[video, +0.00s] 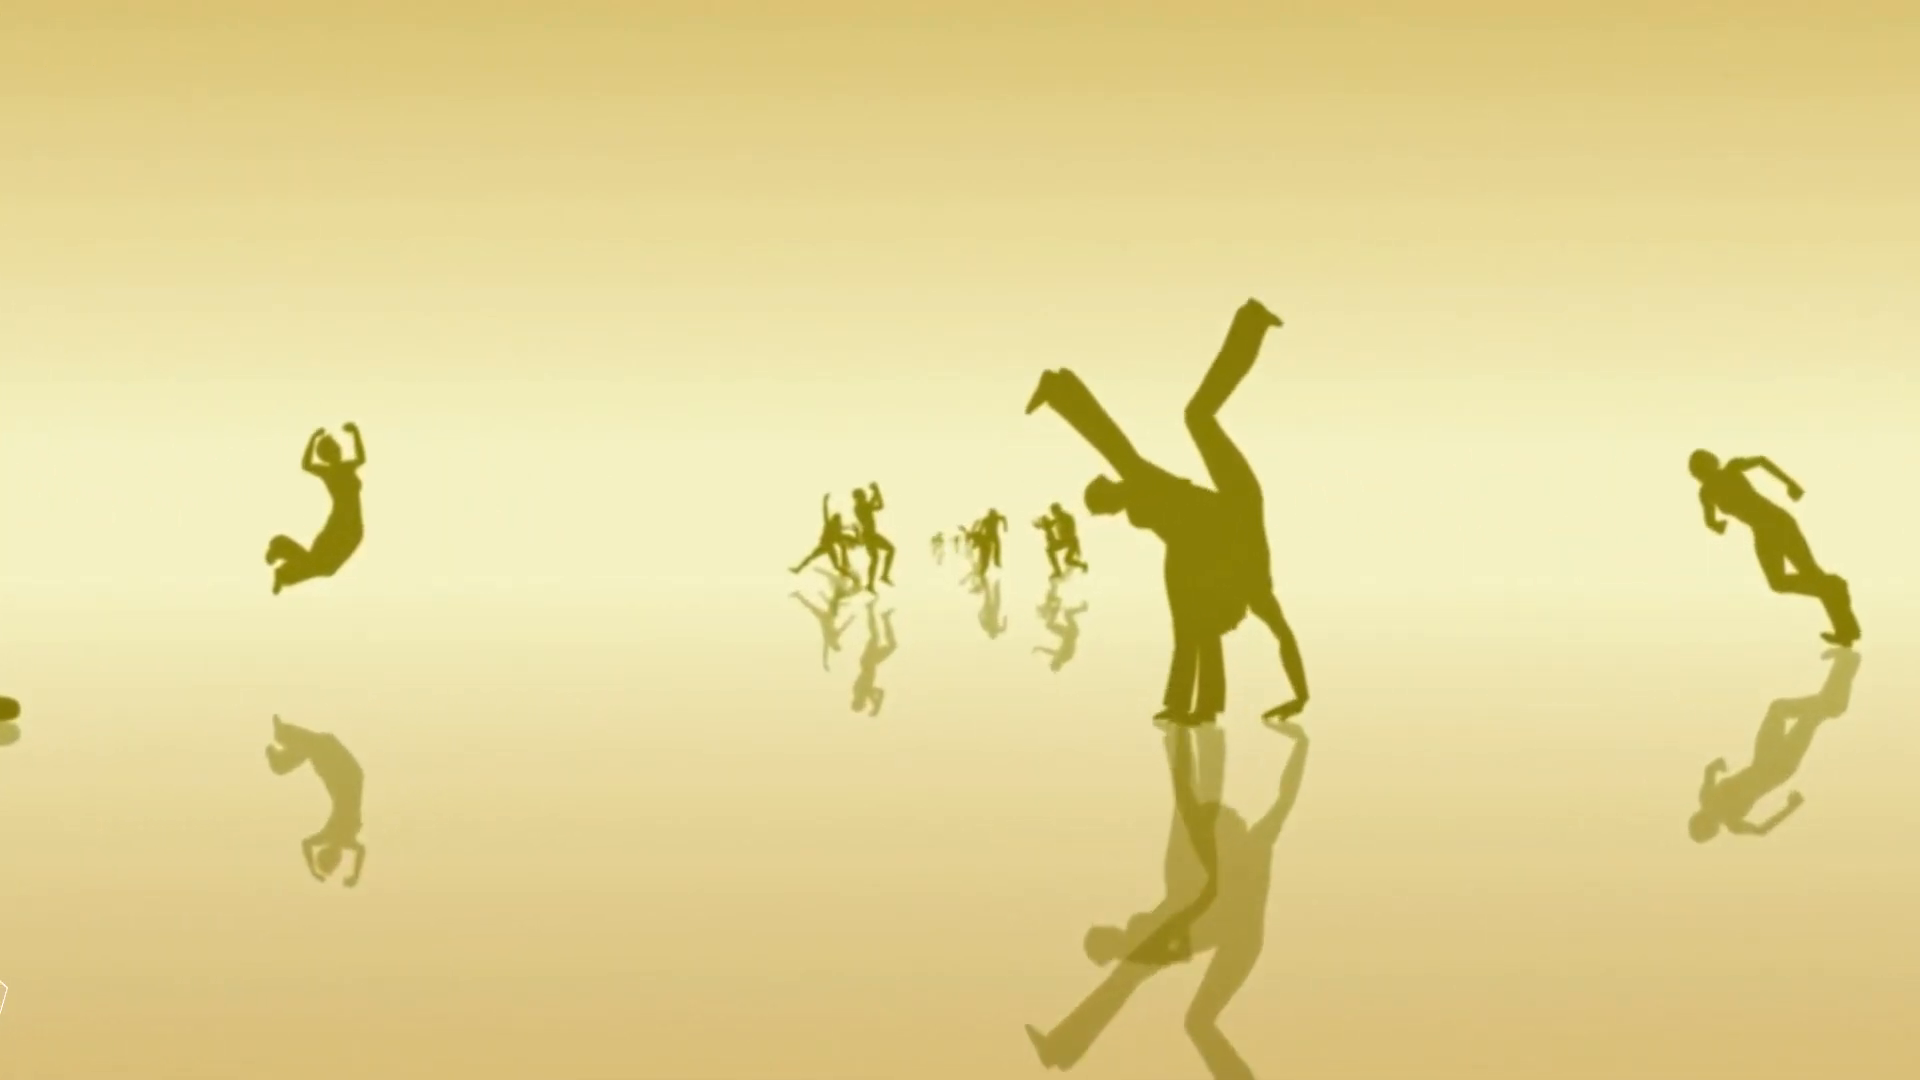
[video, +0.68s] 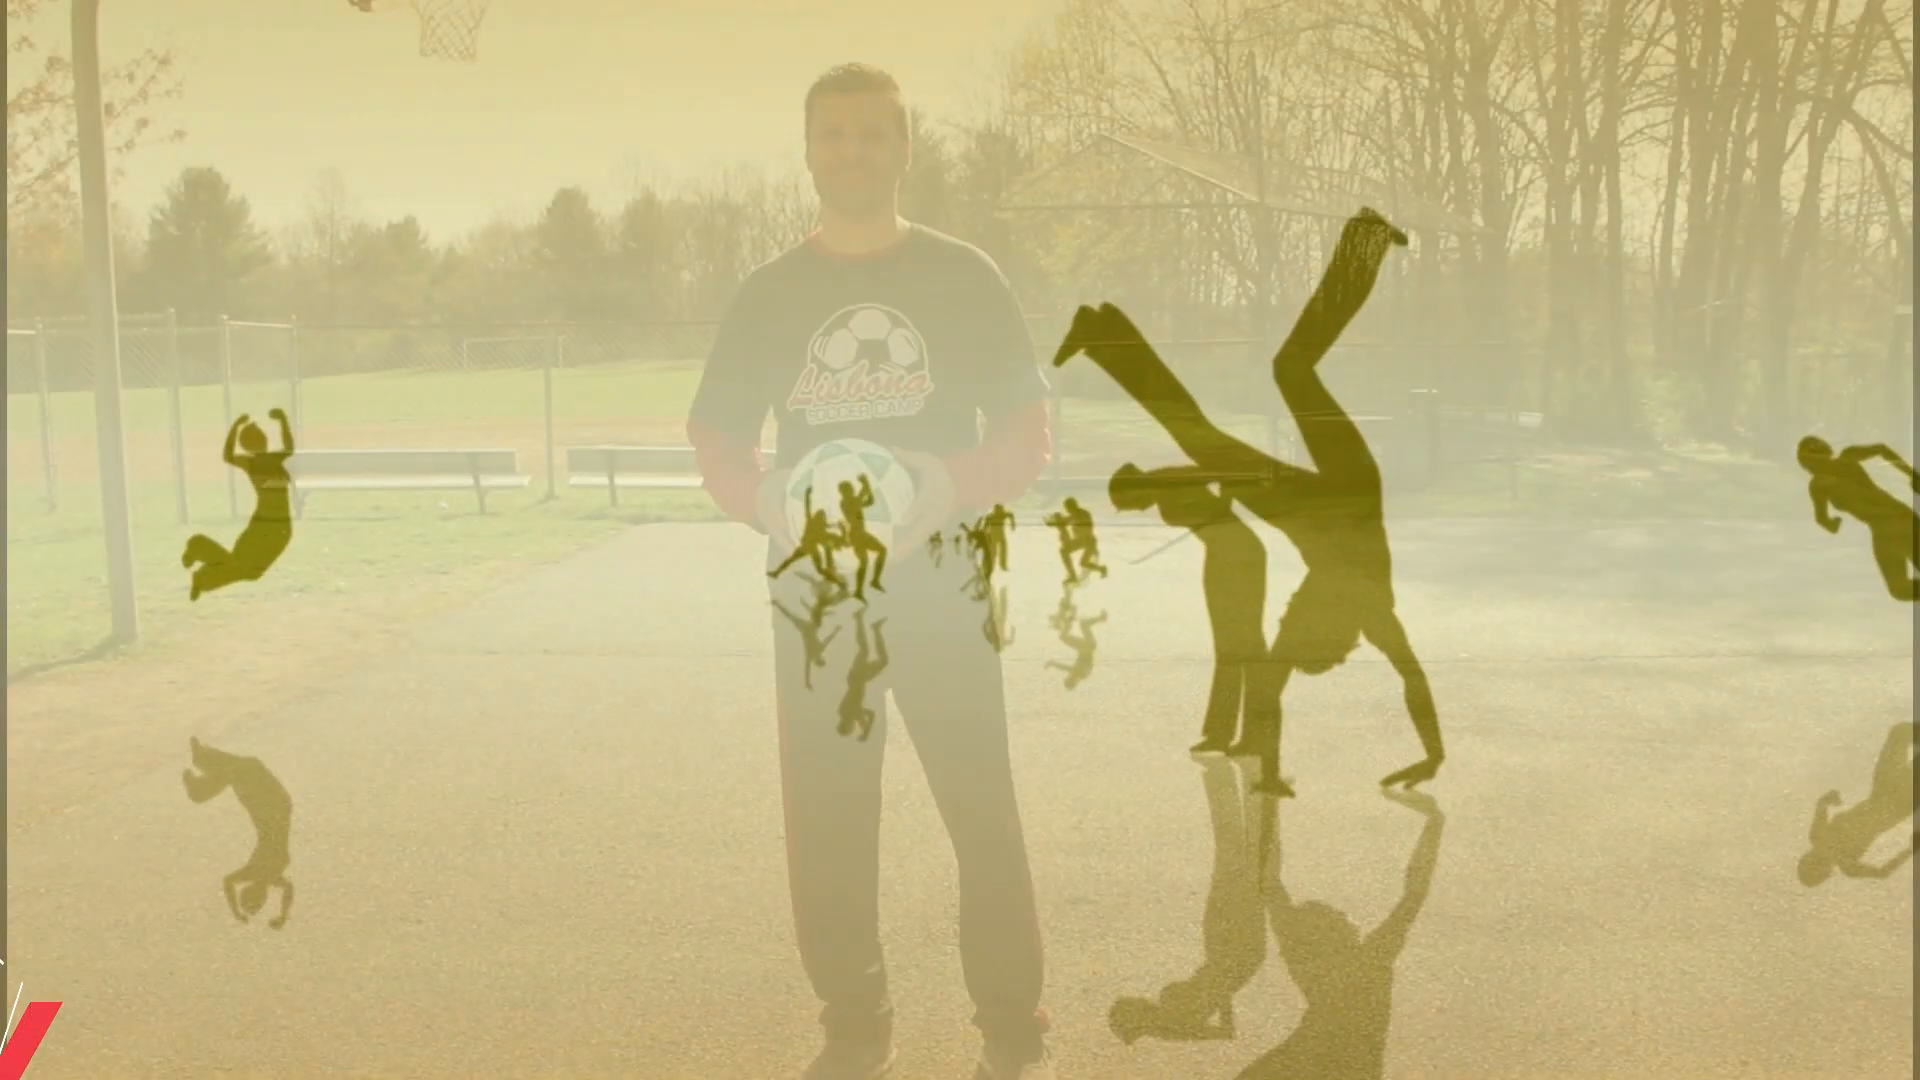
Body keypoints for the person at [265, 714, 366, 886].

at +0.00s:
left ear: (335, 856)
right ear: (322, 853)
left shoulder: (346, 841)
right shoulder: (325, 838)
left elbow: (362, 849)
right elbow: (305, 843)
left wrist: (355, 875)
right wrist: (312, 870)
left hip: (330, 747)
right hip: (317, 747)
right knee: (279, 767)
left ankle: (282, 730)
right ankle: (270, 749)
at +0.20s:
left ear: (316, 866)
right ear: (303, 863)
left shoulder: (327, 851)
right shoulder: (307, 847)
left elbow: (343, 859)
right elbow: (286, 853)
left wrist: (337, 886)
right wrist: (293, 881)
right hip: (298, 753)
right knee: (258, 774)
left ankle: (262, 736)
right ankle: (249, 756)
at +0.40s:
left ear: (297, 876)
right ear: (283, 872)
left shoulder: (307, 860)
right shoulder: (286, 857)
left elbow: (324, 870)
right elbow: (263, 863)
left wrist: (317, 898)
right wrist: (271, 891)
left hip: (290, 761)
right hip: (276, 760)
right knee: (236, 782)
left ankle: (239, 742)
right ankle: (226, 762)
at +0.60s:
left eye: (265, 899)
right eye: (262, 897)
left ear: (274, 886)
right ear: (261, 883)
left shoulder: (285, 871)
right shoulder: (264, 867)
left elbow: (303, 880)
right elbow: (241, 873)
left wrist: (296, 909)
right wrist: (249, 903)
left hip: (268, 766)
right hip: (254, 767)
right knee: (213, 789)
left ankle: (217, 749)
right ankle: (202, 772)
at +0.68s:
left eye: (254, 907)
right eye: (250, 908)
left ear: (259, 894)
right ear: (249, 891)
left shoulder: (271, 876)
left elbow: (289, 888)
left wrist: (283, 917)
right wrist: (235, 912)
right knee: (198, 795)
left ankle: (203, 754)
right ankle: (187, 776)